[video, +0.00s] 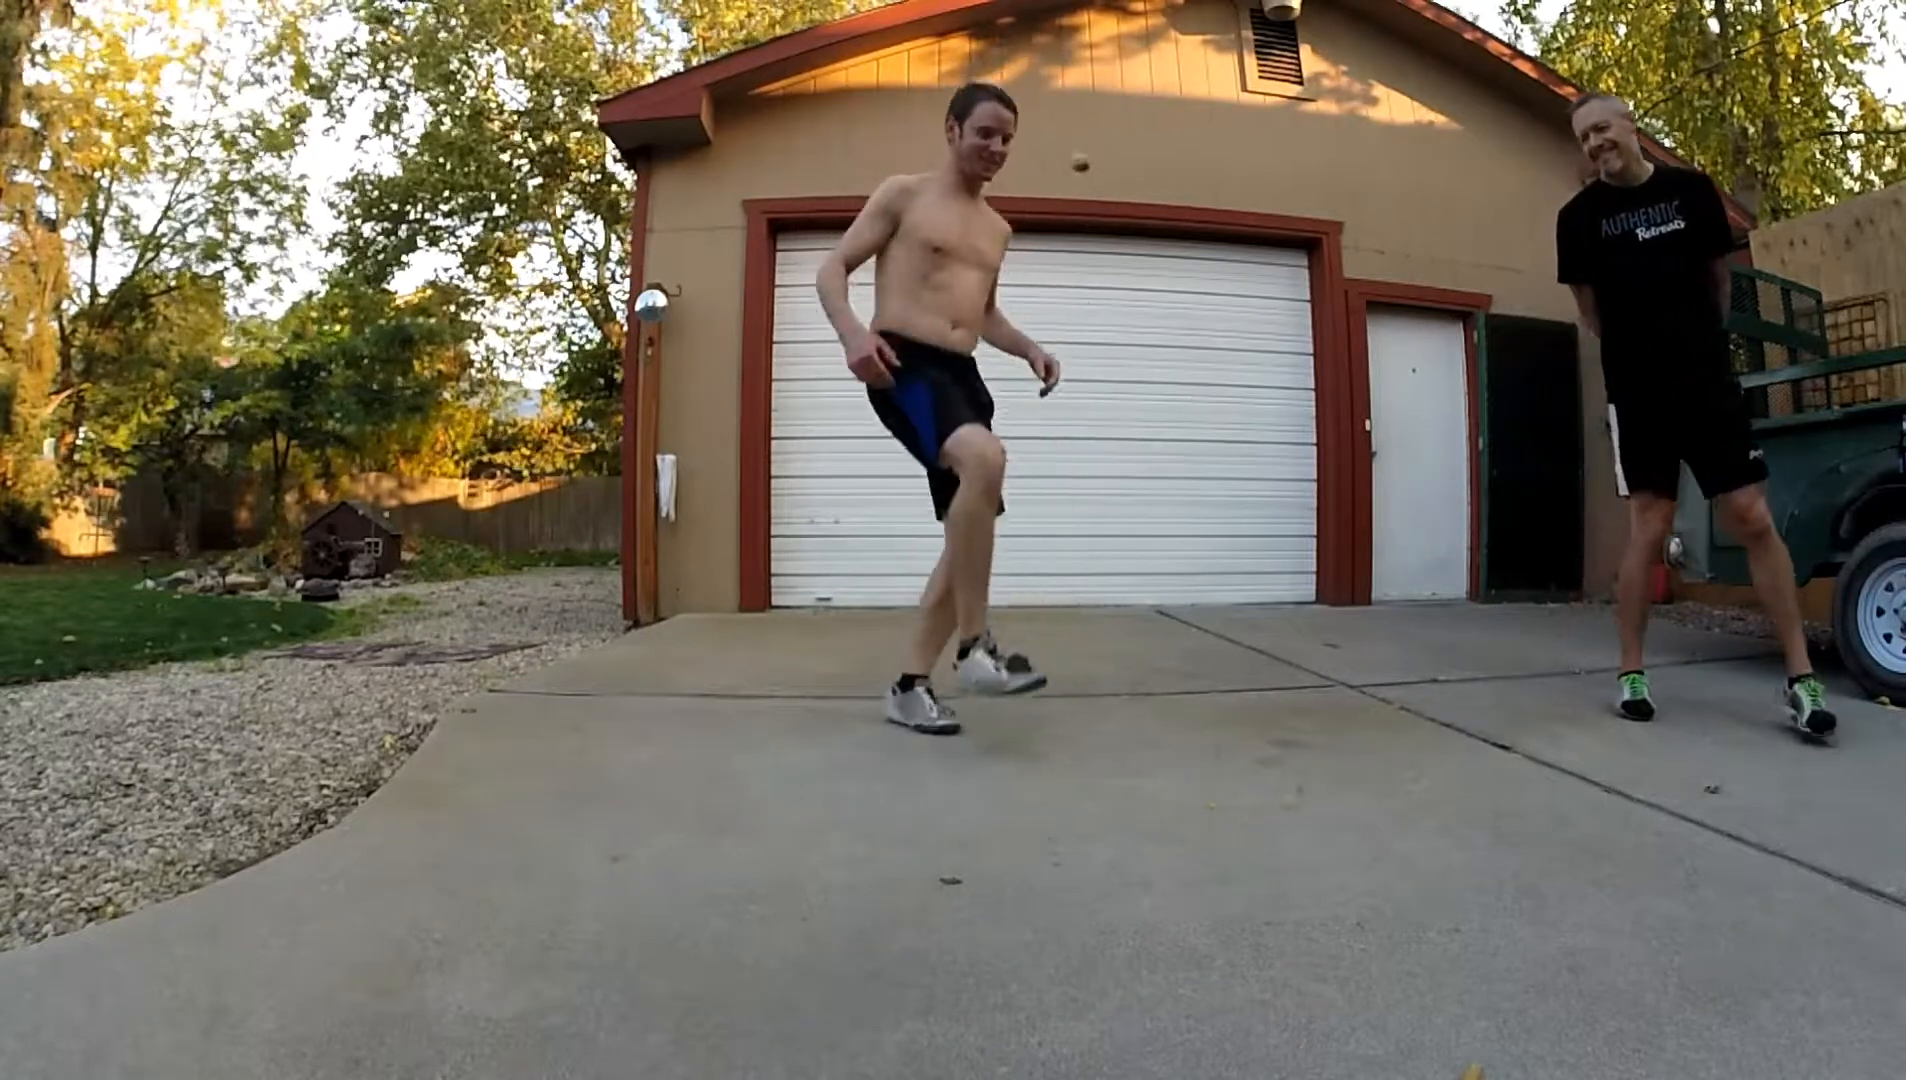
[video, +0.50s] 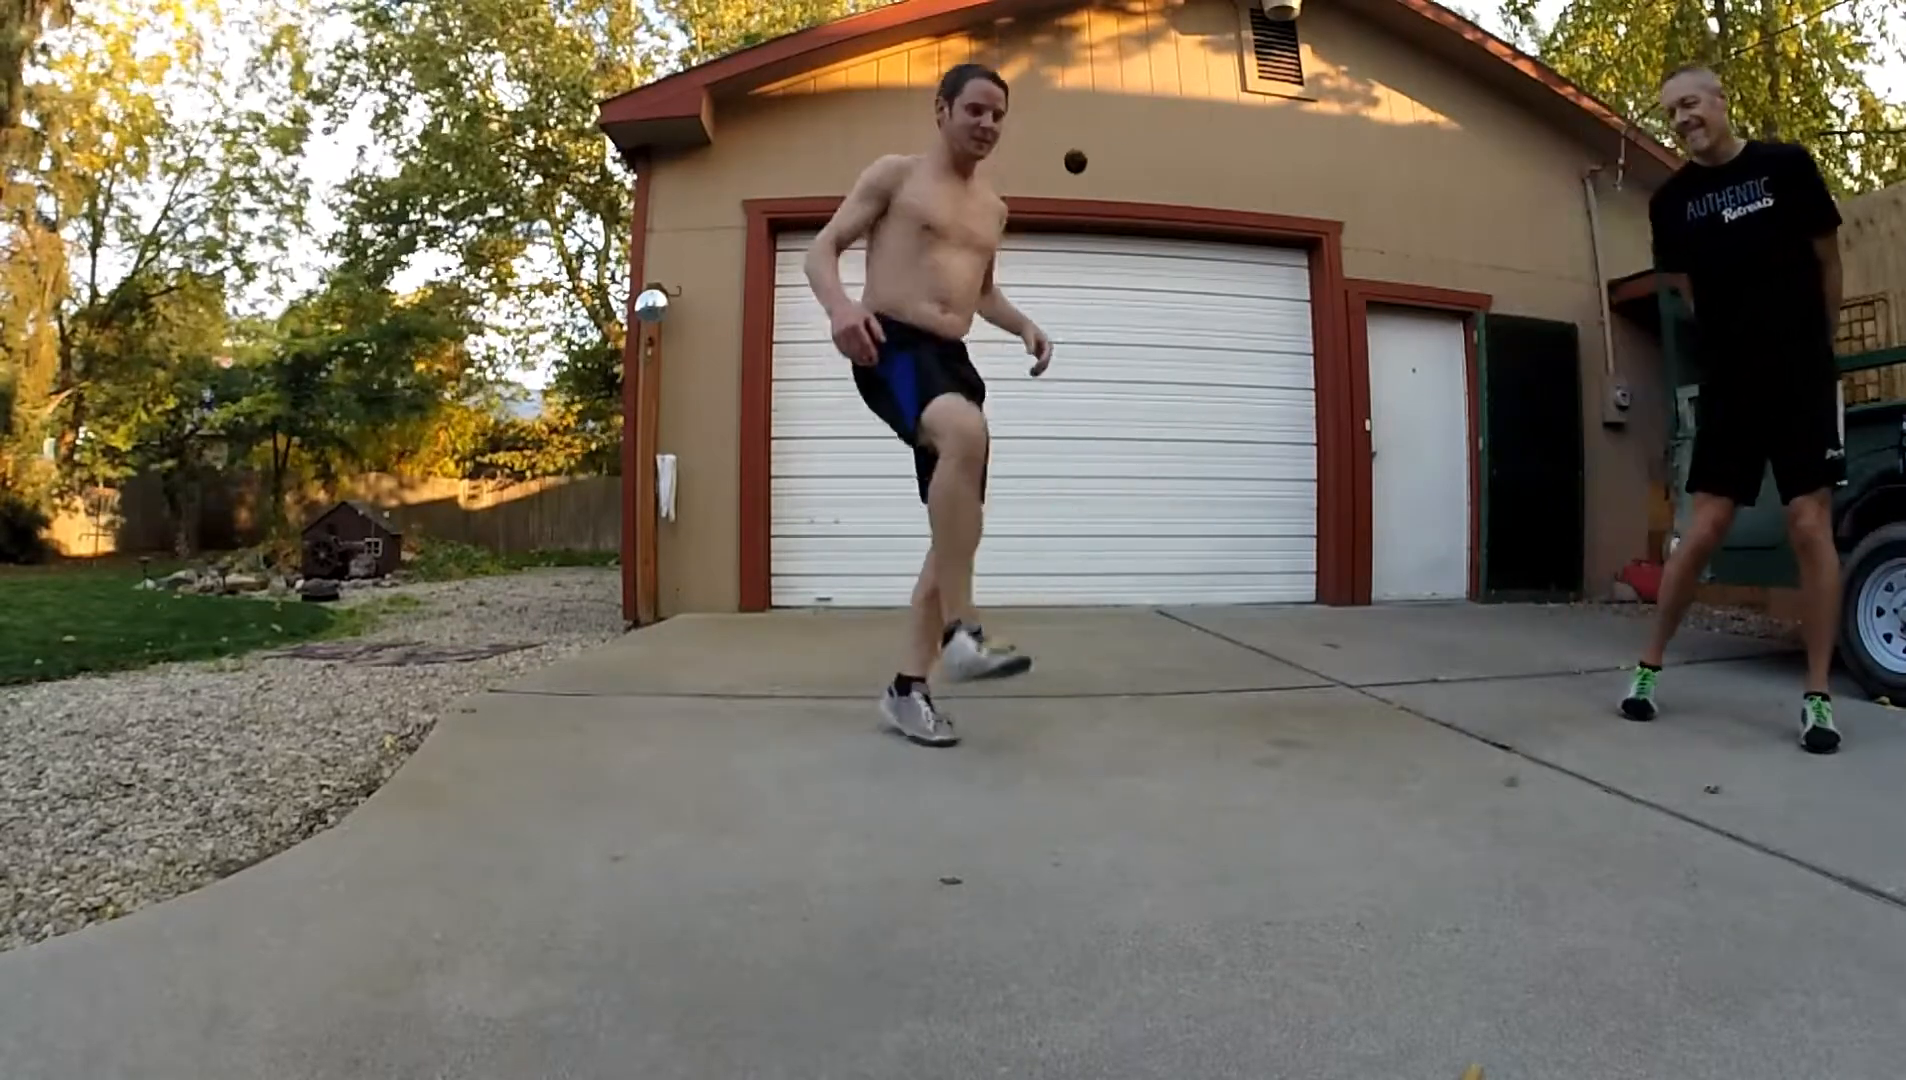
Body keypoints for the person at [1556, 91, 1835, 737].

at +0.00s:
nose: (1596, 141)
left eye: (1603, 127)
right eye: (1585, 136)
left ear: (1633, 127)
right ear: (1581, 150)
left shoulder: (1692, 188)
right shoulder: (1578, 215)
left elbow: (1720, 281)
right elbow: (1590, 313)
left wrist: (1697, 342)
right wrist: (1639, 347)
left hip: (1706, 375)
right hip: (1637, 386)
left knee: (1755, 519)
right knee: (1649, 528)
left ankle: (1801, 675)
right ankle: (1632, 672)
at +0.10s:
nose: (1608, 139)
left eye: (1615, 125)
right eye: (1597, 135)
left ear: (1645, 123)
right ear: (1593, 149)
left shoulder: (1706, 184)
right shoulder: (1592, 217)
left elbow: (1739, 276)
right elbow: (1605, 310)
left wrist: (1718, 342)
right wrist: (1635, 372)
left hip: (1722, 376)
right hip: (1649, 388)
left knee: (1767, 521)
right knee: (1657, 529)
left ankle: (1813, 686)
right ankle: (1633, 677)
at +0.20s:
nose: (1623, 137)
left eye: (1630, 123)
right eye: (1612, 132)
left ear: (1662, 121)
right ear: (1610, 147)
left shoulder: (1726, 181)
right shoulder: (1610, 217)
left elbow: (1763, 282)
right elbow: (1625, 311)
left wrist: (1736, 345)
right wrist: (1671, 351)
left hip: (1740, 375)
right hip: (1667, 386)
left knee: (1776, 525)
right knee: (1669, 531)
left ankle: (1814, 689)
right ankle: (1633, 674)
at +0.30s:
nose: (1641, 131)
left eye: (1650, 116)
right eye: (1631, 126)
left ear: (1684, 119)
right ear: (1629, 143)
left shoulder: (1748, 176)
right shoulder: (1633, 214)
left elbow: (1787, 275)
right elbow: (1649, 303)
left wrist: (1772, 343)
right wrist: (1695, 345)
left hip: (1762, 376)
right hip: (1691, 385)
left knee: (1785, 527)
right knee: (1679, 534)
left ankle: (1815, 691)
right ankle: (1635, 671)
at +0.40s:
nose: (1666, 122)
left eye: (1674, 108)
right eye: (1654, 117)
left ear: (1705, 109)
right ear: (1651, 133)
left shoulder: (1769, 168)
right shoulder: (1653, 206)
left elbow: (1811, 266)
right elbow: (1670, 296)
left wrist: (1804, 347)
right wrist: (1720, 346)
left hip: (1786, 375)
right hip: (1711, 382)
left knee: (1800, 526)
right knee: (1692, 529)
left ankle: (1816, 692)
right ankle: (1639, 665)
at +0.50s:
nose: (1684, 117)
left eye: (1692, 102)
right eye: (1674, 112)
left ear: (1724, 102)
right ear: (1671, 125)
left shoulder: (1788, 164)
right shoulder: (1670, 201)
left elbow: (1829, 262)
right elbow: (1684, 294)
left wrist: (1814, 337)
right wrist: (1737, 333)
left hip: (1803, 368)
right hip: (1729, 377)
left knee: (1808, 526)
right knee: (1706, 528)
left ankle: (1818, 692)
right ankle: (1647, 666)